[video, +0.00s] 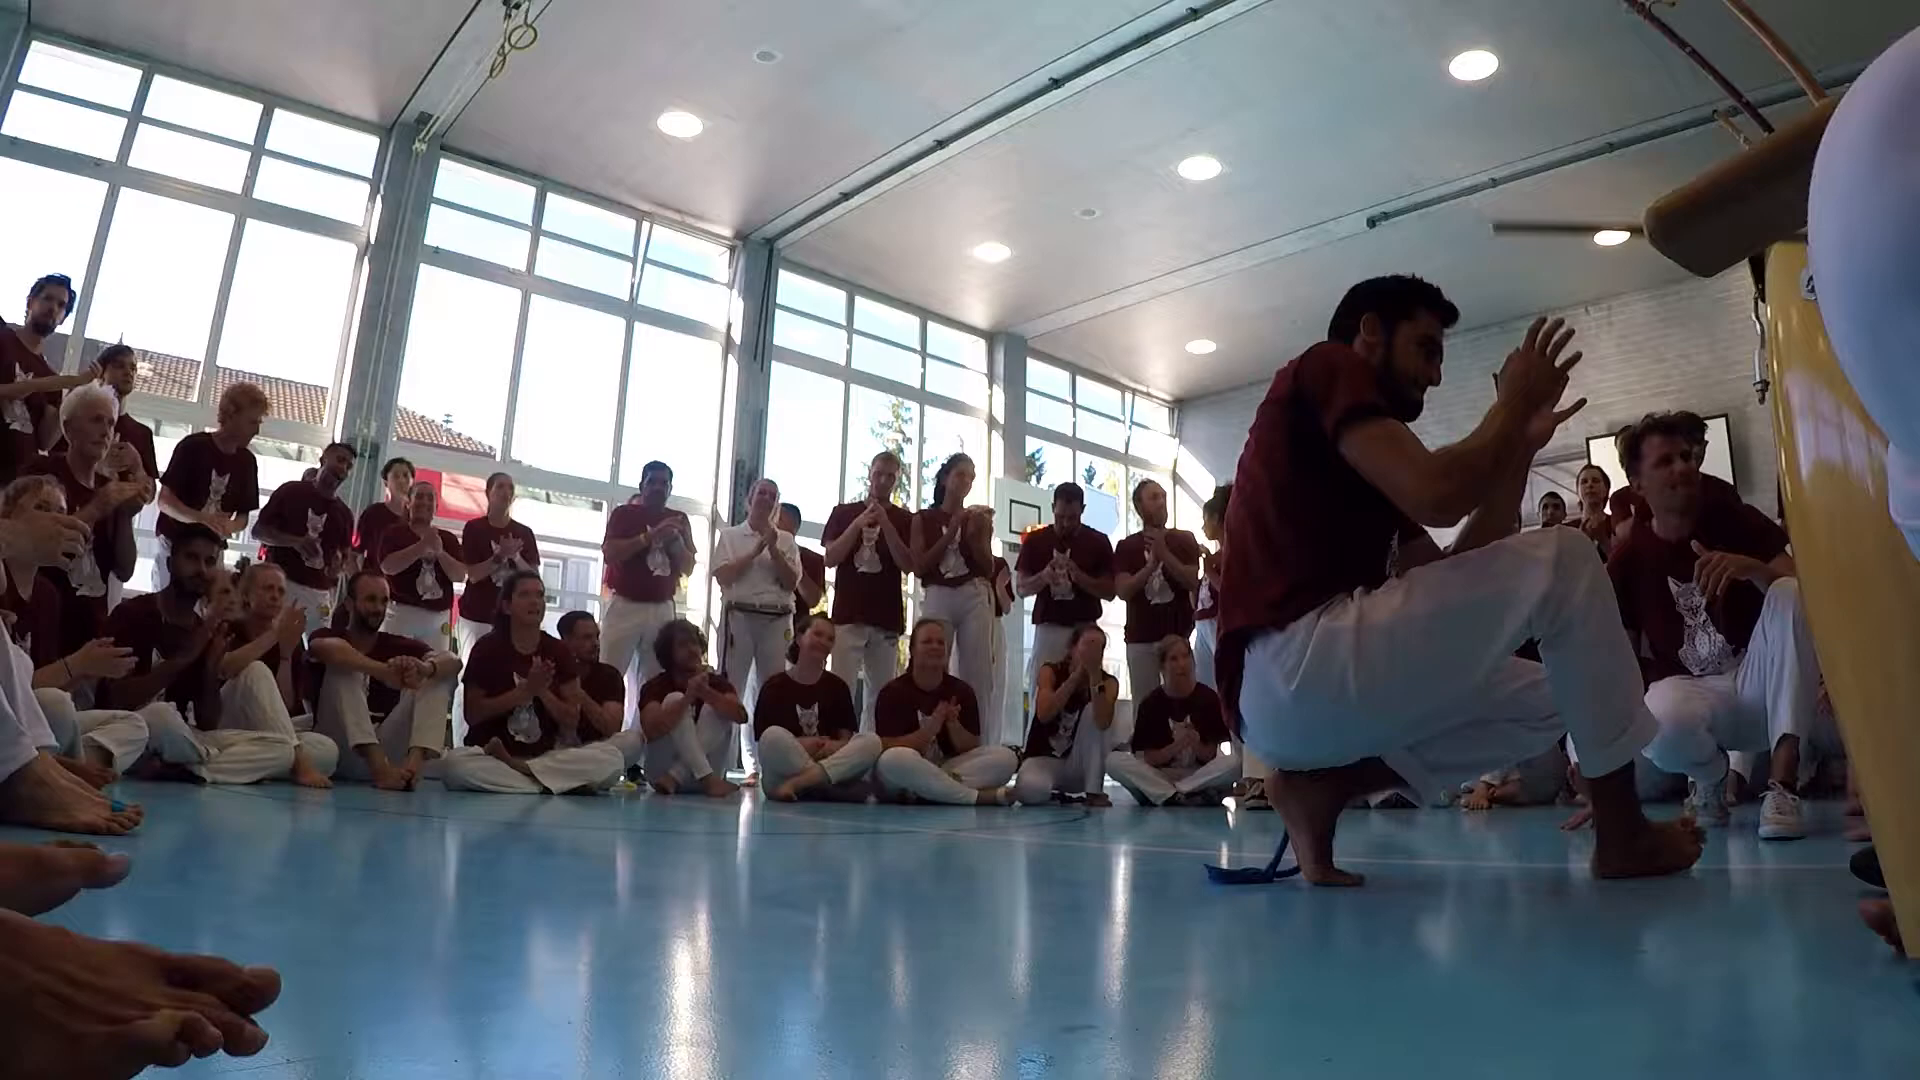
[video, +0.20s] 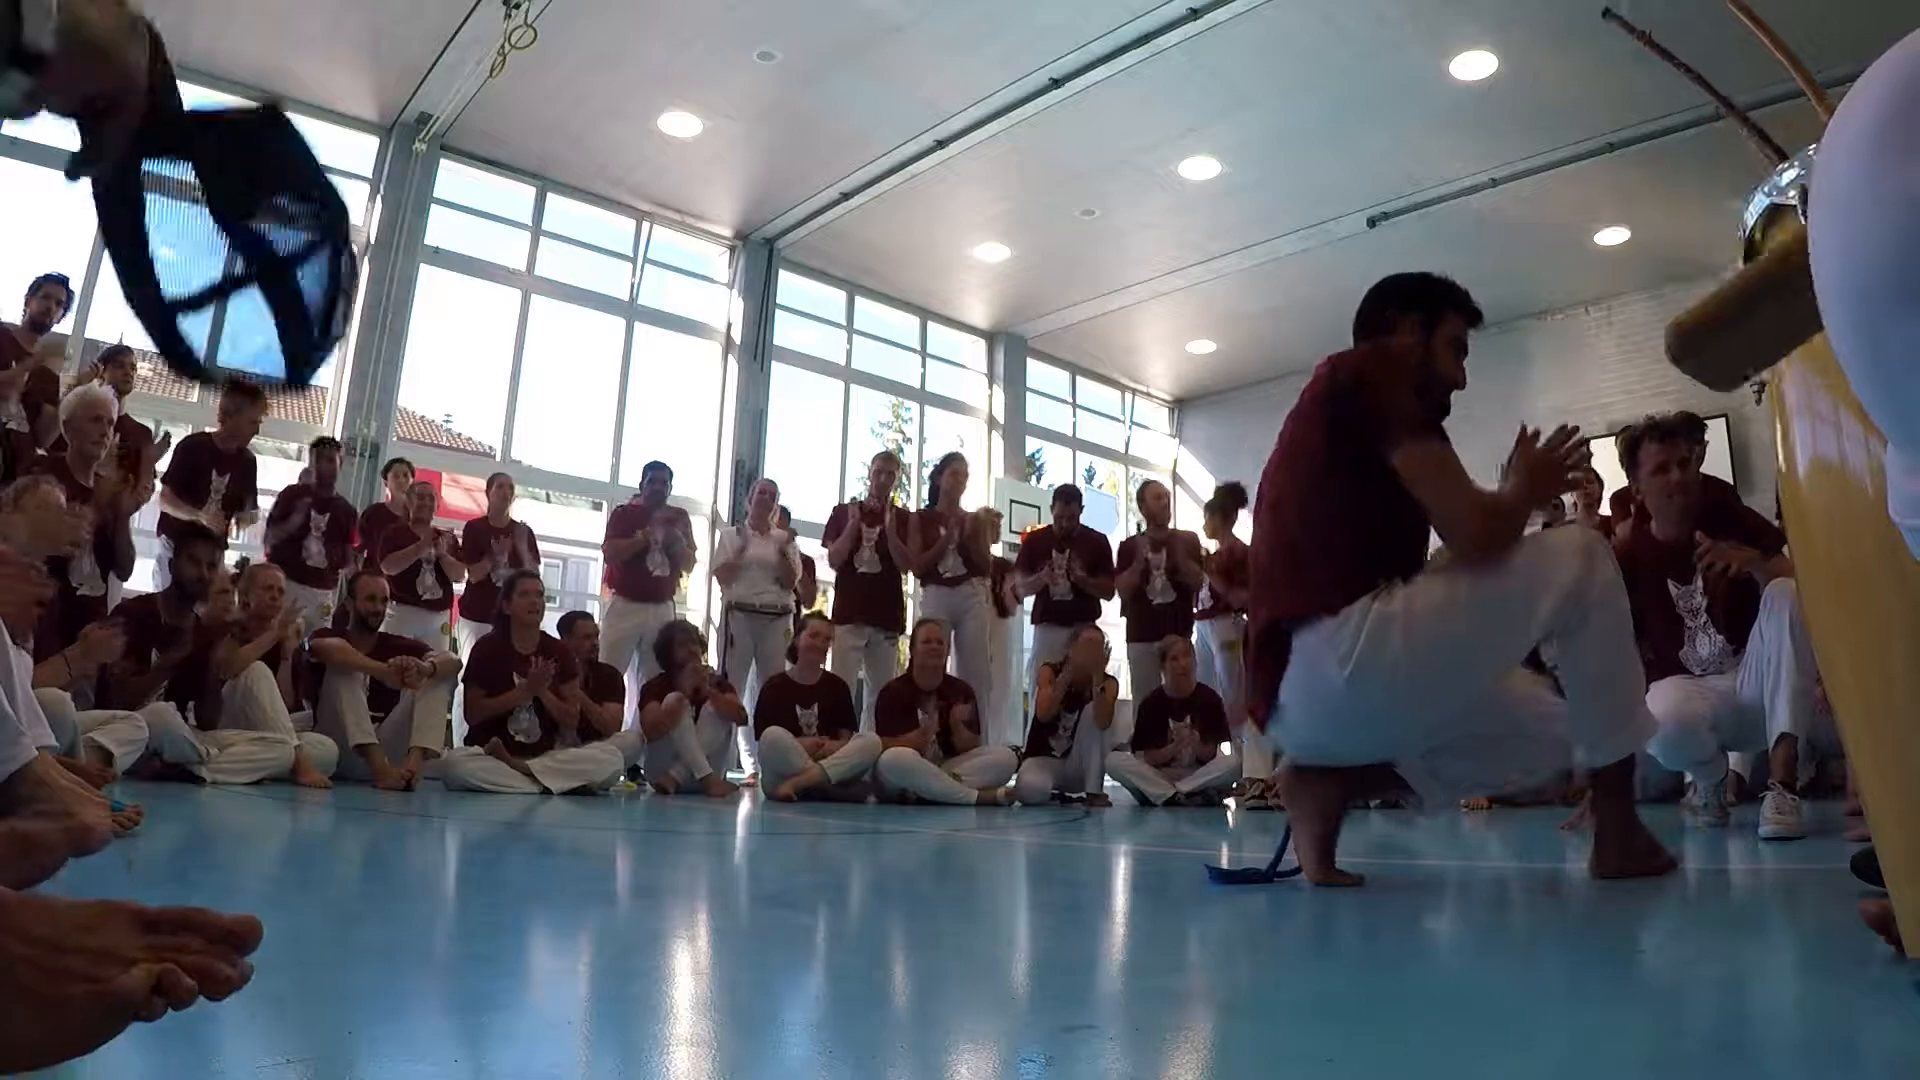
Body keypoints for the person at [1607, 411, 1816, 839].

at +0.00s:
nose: (1681, 471)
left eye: (1687, 458)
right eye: (1664, 463)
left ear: (1700, 463)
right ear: (1637, 481)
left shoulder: (1732, 517)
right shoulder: (1629, 555)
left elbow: (1805, 568)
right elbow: (1616, 658)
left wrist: (1756, 568)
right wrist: (1599, 785)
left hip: (1755, 676)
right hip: (1684, 688)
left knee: (1789, 593)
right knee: (1665, 721)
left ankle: (1782, 783)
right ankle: (1709, 776)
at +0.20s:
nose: (1678, 479)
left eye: (1685, 465)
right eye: (1661, 471)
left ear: (1700, 467)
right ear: (1636, 485)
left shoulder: (1729, 518)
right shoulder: (1625, 551)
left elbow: (1797, 571)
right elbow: (1609, 654)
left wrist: (1754, 562)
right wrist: (1600, 785)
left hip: (1756, 677)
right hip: (1683, 689)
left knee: (1785, 593)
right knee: (1667, 717)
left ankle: (1782, 783)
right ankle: (1709, 777)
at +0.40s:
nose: (1683, 480)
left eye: (1689, 467)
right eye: (1666, 473)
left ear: (1700, 469)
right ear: (1636, 486)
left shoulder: (1731, 526)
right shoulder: (1624, 551)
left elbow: (1785, 593)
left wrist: (1763, 543)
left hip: (1753, 677)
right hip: (1683, 687)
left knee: (1786, 595)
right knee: (1683, 720)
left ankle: (1781, 782)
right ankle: (1705, 777)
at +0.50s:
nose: (1693, 481)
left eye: (1696, 468)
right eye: (1676, 472)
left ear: (1704, 467)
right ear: (1641, 482)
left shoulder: (1729, 521)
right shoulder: (1626, 546)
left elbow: (1774, 597)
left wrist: (1773, 550)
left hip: (1751, 677)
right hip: (1685, 687)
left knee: (1786, 596)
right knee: (1695, 723)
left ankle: (1781, 784)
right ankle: (1702, 781)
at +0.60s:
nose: (1699, 481)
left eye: (1699, 468)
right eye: (1684, 471)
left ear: (1704, 469)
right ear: (1652, 479)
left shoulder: (1728, 524)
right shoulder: (1631, 543)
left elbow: (1774, 597)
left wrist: (1779, 552)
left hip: (1747, 673)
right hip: (1686, 684)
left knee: (1787, 596)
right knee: (1700, 720)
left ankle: (1781, 784)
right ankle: (1704, 783)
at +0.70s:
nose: (1711, 481)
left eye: (1709, 470)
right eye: (1697, 472)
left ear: (1709, 472)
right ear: (1661, 480)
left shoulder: (1726, 528)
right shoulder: (1639, 539)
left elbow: (1777, 595)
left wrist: (1781, 546)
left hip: (1747, 673)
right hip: (1688, 682)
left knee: (1788, 596)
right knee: (1707, 731)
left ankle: (1784, 783)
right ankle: (1704, 782)